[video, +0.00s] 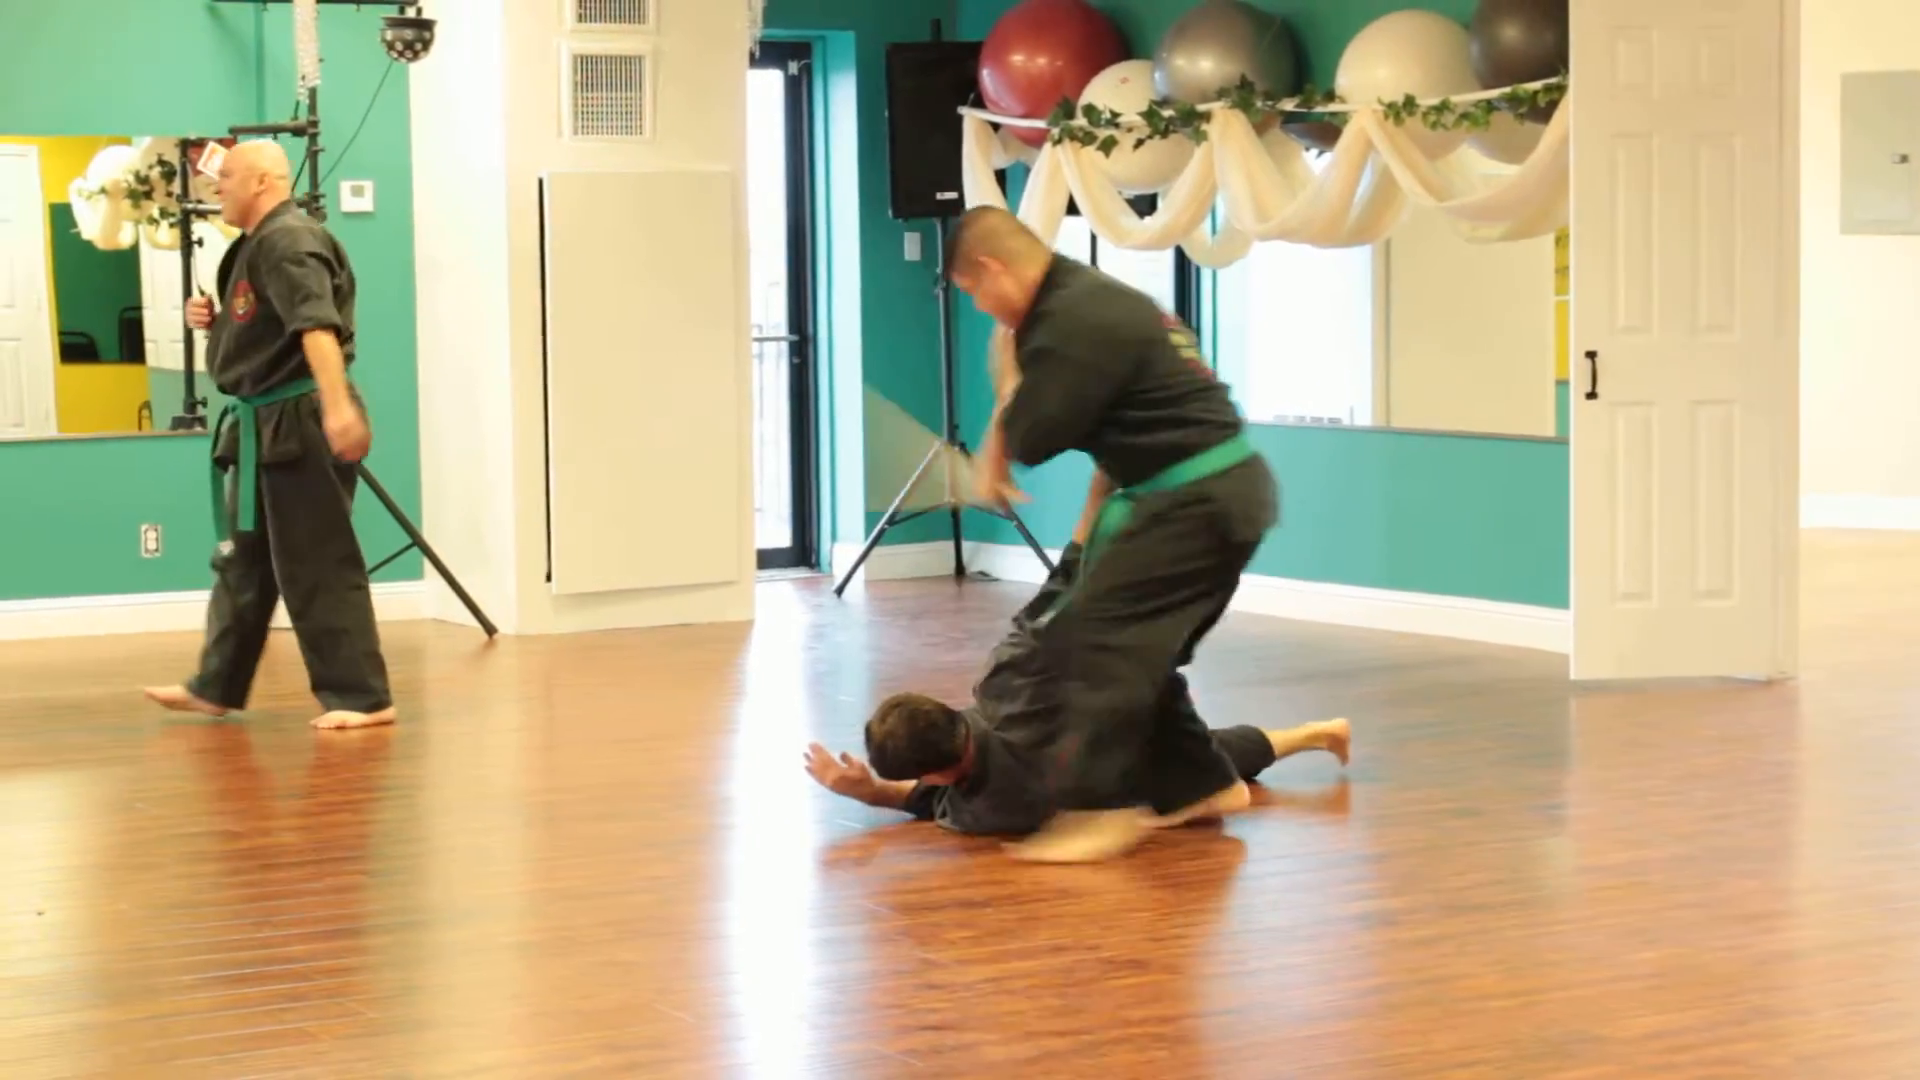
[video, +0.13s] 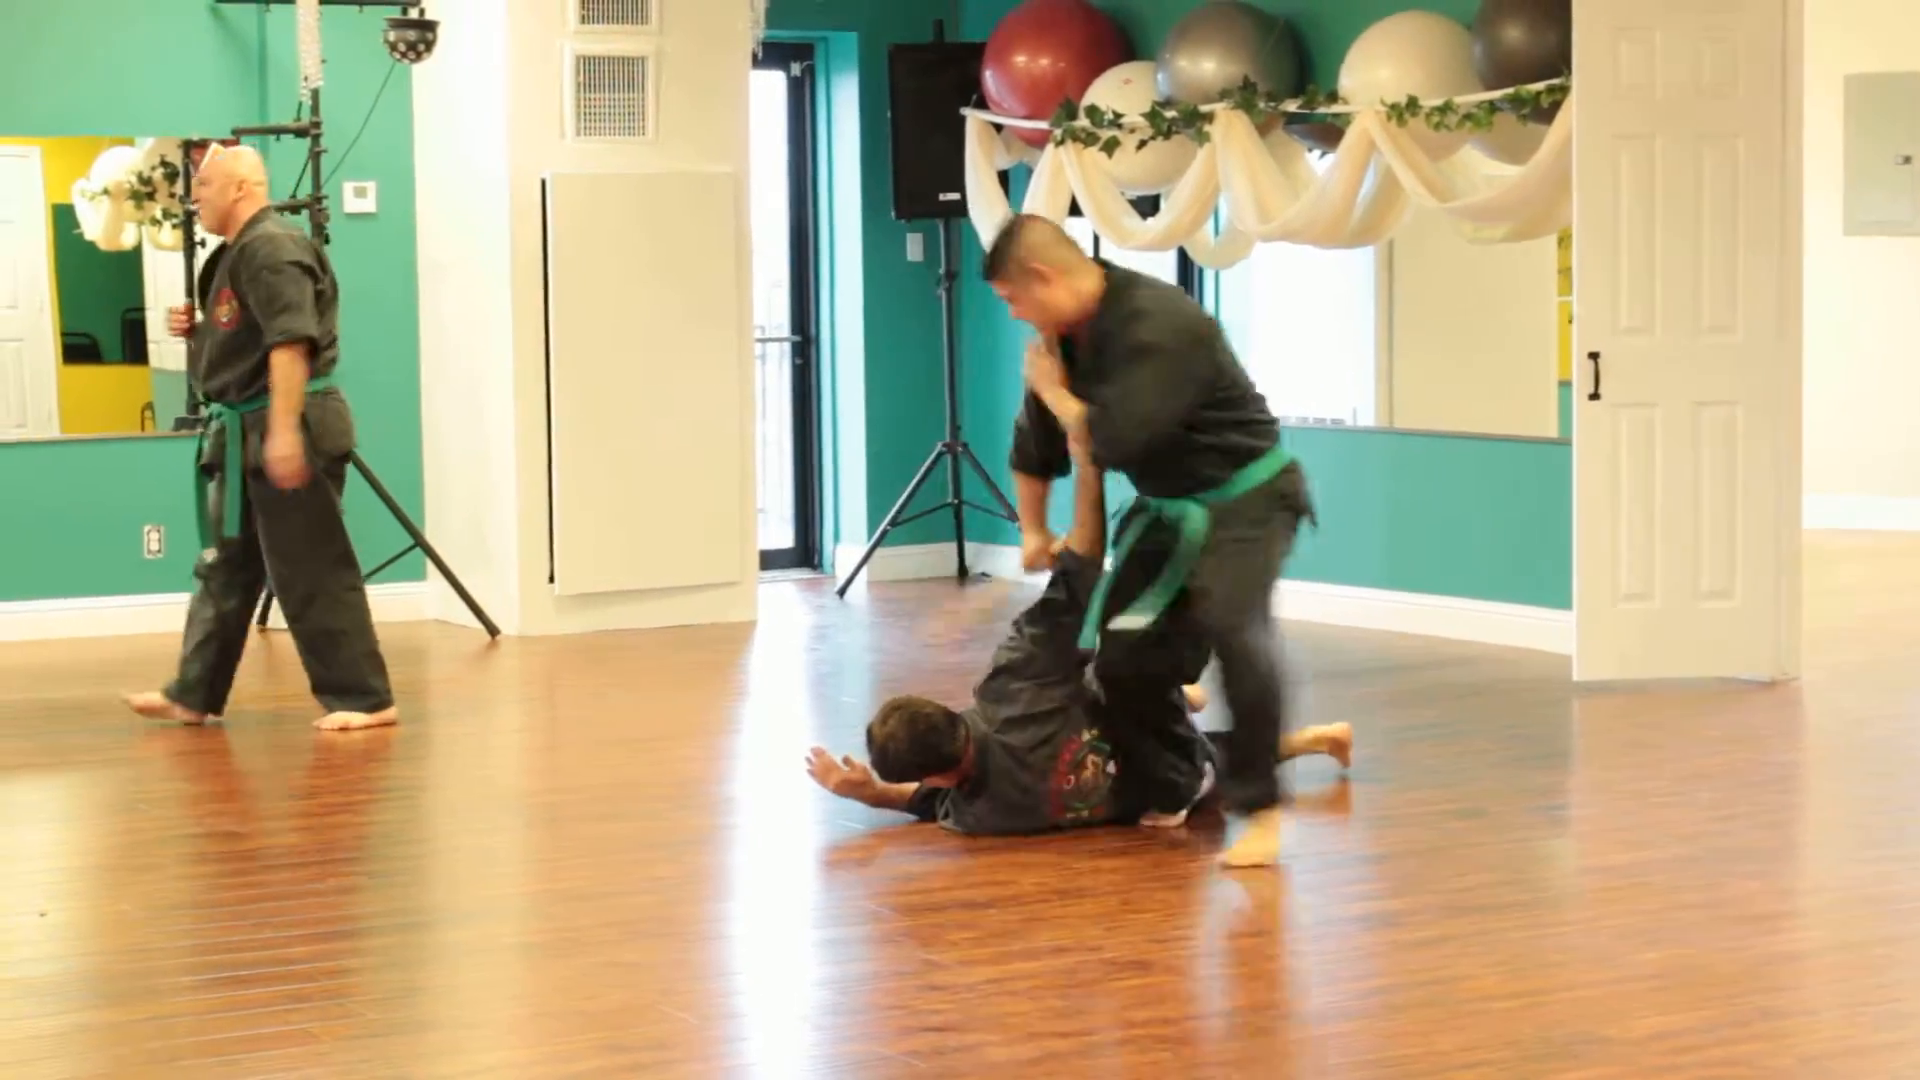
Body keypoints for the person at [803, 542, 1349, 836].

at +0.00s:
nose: (889, 770)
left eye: (895, 768)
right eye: (882, 756)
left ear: (934, 776)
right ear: (943, 703)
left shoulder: (998, 804)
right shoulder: (989, 691)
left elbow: (928, 806)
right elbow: (919, 789)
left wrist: (869, 791)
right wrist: (866, 786)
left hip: (1121, 759)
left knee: (1208, 763)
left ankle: (1308, 738)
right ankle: (1111, 483)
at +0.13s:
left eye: (902, 773)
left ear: (933, 781)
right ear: (949, 708)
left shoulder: (979, 819)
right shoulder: (1014, 691)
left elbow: (928, 801)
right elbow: (1079, 568)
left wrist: (867, 790)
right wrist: (1081, 442)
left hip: (1151, 790)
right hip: (1132, 723)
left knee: (1210, 755)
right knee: (1124, 661)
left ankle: (1292, 746)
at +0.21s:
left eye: (909, 782)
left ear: (933, 783)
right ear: (947, 705)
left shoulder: (985, 817)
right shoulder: (1016, 684)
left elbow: (931, 801)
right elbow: (1086, 576)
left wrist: (871, 794)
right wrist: (1100, 466)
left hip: (1154, 784)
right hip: (1127, 697)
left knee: (1220, 754)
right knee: (1118, 676)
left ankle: (1278, 747)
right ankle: (1186, 697)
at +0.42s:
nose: (904, 777)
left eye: (907, 774)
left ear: (939, 782)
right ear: (957, 710)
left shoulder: (986, 821)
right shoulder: (1027, 691)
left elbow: (934, 804)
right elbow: (1120, 593)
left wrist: (876, 790)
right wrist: (1135, 488)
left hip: (1151, 785)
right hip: (1139, 703)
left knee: (1226, 761)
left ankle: (1326, 749)